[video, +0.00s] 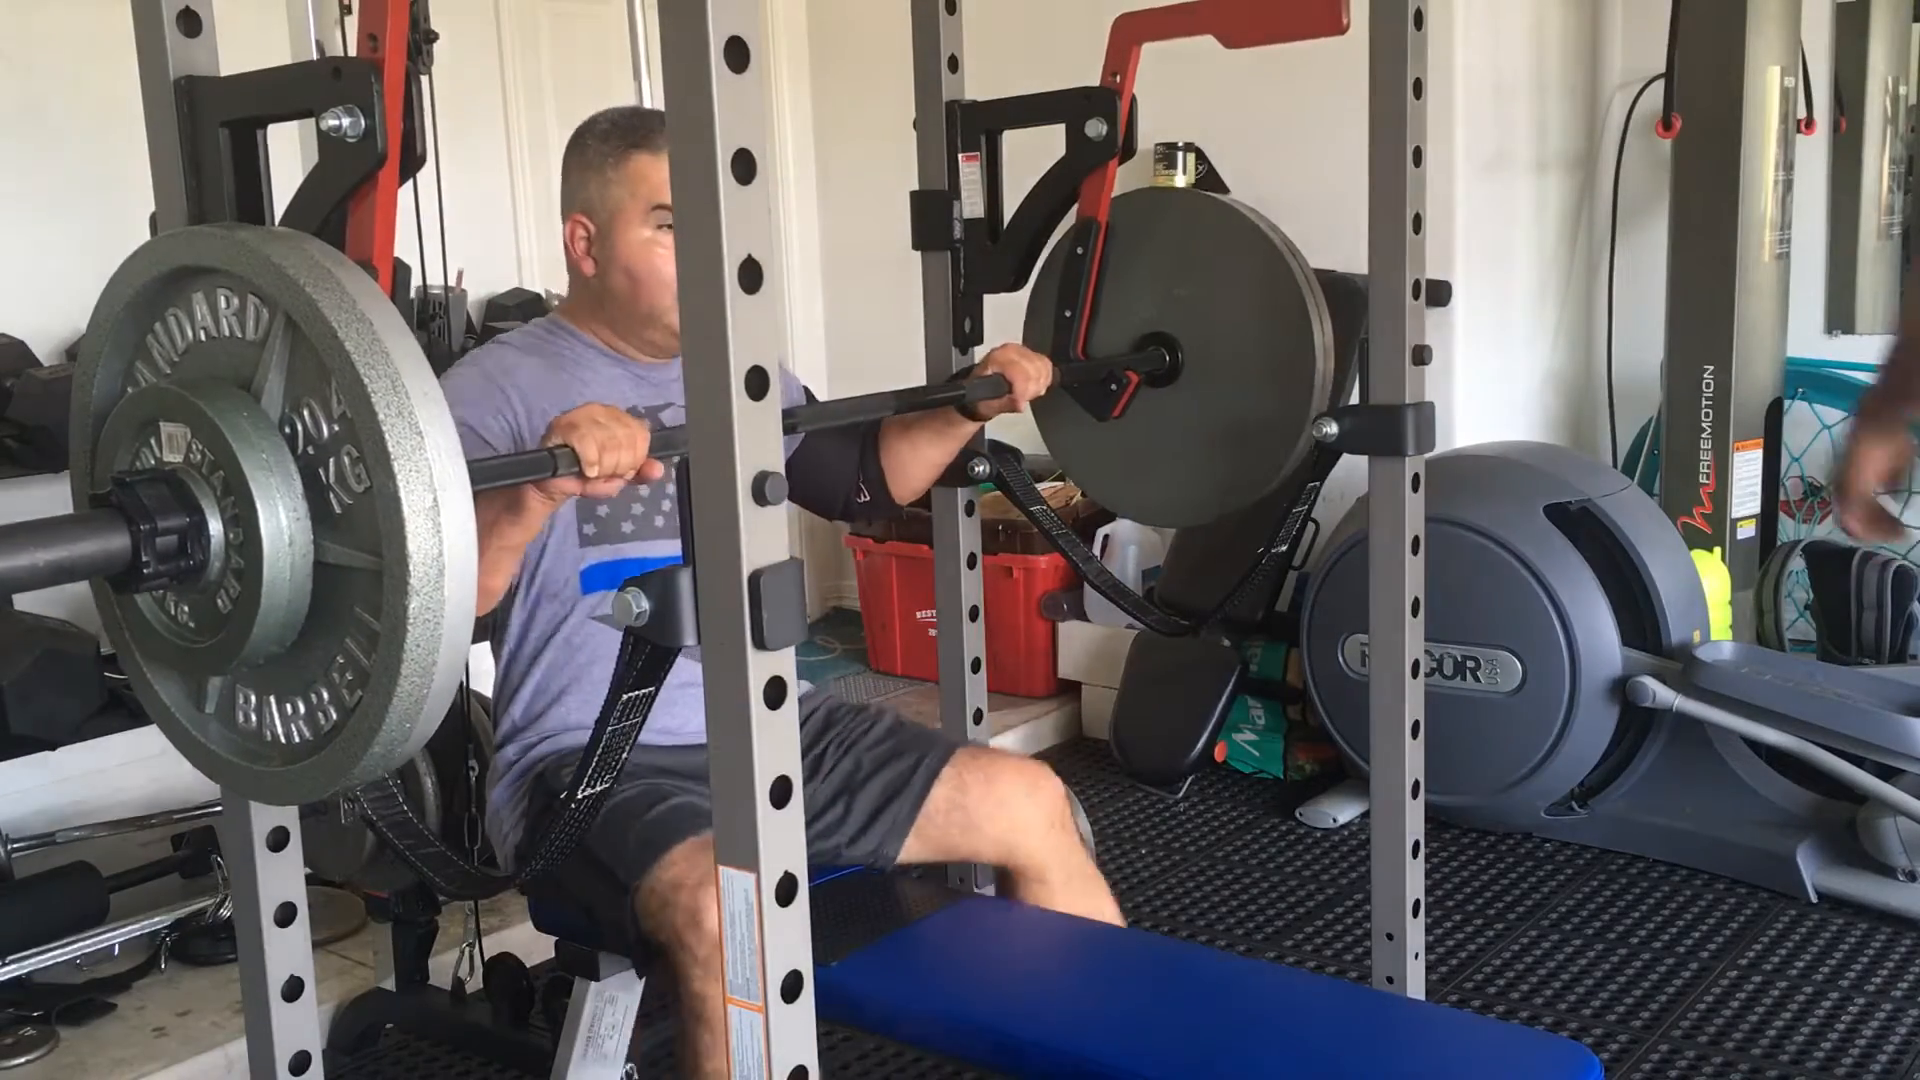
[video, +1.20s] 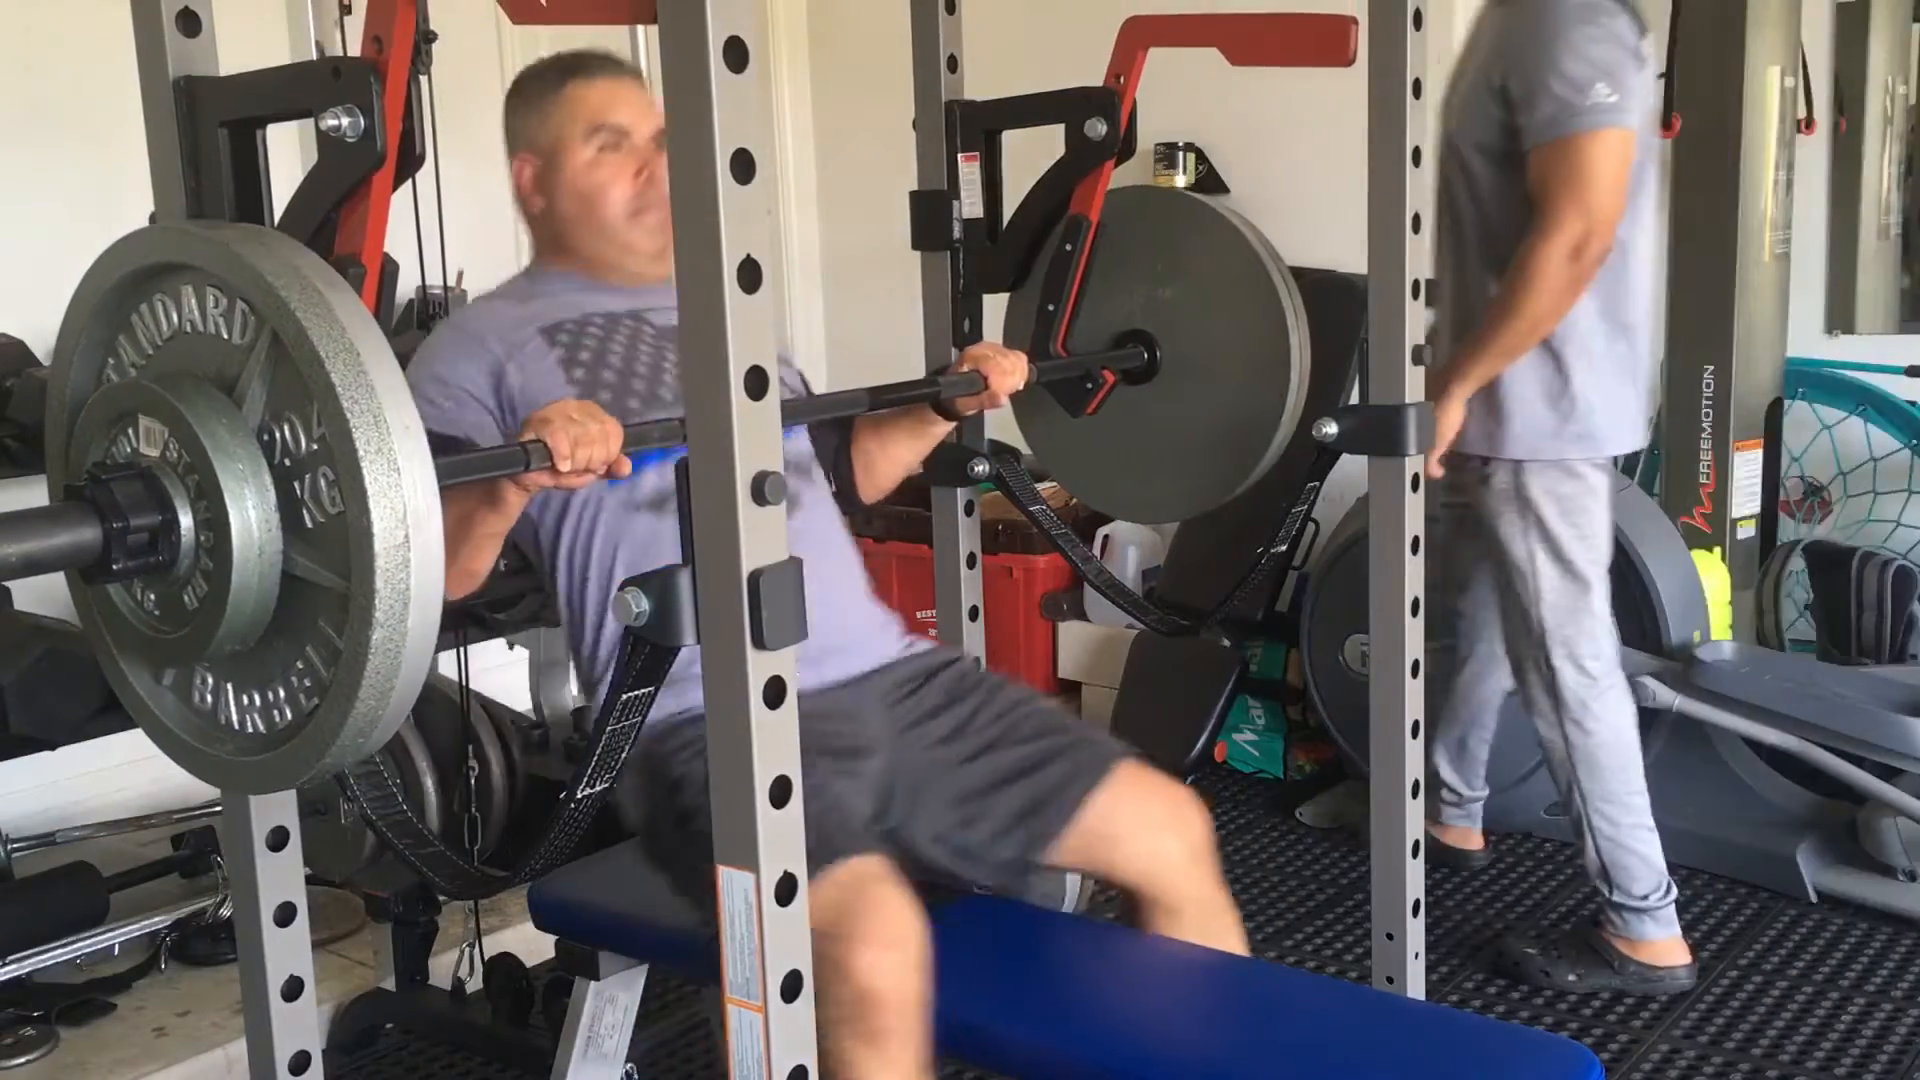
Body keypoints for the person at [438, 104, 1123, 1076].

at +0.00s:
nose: (703, 252)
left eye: (709, 224)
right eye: (668, 226)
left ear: (733, 235)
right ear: (584, 246)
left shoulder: (734, 373)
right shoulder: (495, 386)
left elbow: (866, 477)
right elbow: (440, 603)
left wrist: (973, 396)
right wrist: (537, 487)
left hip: (764, 726)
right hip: (590, 757)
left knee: (1028, 800)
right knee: (717, 900)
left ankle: (1126, 1050)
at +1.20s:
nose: (652, 168)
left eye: (662, 141)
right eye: (610, 143)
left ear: (685, 161)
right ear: (531, 180)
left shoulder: (721, 310)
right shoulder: (483, 343)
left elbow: (845, 475)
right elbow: (438, 579)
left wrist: (949, 404)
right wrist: (514, 474)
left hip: (889, 675)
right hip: (707, 722)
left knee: (1171, 827)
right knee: (876, 936)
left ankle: (1221, 1073)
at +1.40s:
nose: (607, 330)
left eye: (611, 309)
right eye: (565, 315)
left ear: (637, 336)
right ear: (494, 369)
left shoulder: (725, 452)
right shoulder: (514, 503)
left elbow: (900, 552)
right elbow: (490, 649)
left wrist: (953, 417)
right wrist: (524, 509)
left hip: (1012, 678)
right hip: (870, 745)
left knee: (1307, 883)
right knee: (1054, 992)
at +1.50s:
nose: (611, 456)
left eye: (610, 432)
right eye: (561, 444)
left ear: (633, 443)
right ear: (501, 493)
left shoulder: (753, 530)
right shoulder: (565, 619)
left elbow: (947, 585)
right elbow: (521, 717)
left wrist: (962, 425)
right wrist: (518, 520)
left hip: (1056, 697)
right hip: (924, 773)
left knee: (1387, 912)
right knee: (1112, 1035)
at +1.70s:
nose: (626, 567)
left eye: (636, 545)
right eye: (593, 576)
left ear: (676, 581)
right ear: (582, 626)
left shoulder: (847, 640)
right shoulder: (644, 750)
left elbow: (995, 620)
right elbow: (556, 791)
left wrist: (972, 435)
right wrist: (542, 523)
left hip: (1163, 741)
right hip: (1023, 821)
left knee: (1538, 957)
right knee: (1242, 1056)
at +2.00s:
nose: (712, 659)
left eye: (721, 648)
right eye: (704, 671)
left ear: (824, 661)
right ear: (723, 728)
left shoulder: (986, 657)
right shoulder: (807, 784)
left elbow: (1097, 606)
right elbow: (636, 774)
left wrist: (1024, 440)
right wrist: (597, 538)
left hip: (1334, 761)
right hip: (1186, 856)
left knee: (1719, 993)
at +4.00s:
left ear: (844, 674)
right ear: (733, 733)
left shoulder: (997, 696)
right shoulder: (785, 810)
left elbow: (1101, 627)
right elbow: (691, 748)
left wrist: (1043, 447)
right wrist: (642, 567)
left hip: (1338, 785)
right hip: (1202, 871)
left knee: (1777, 1021)